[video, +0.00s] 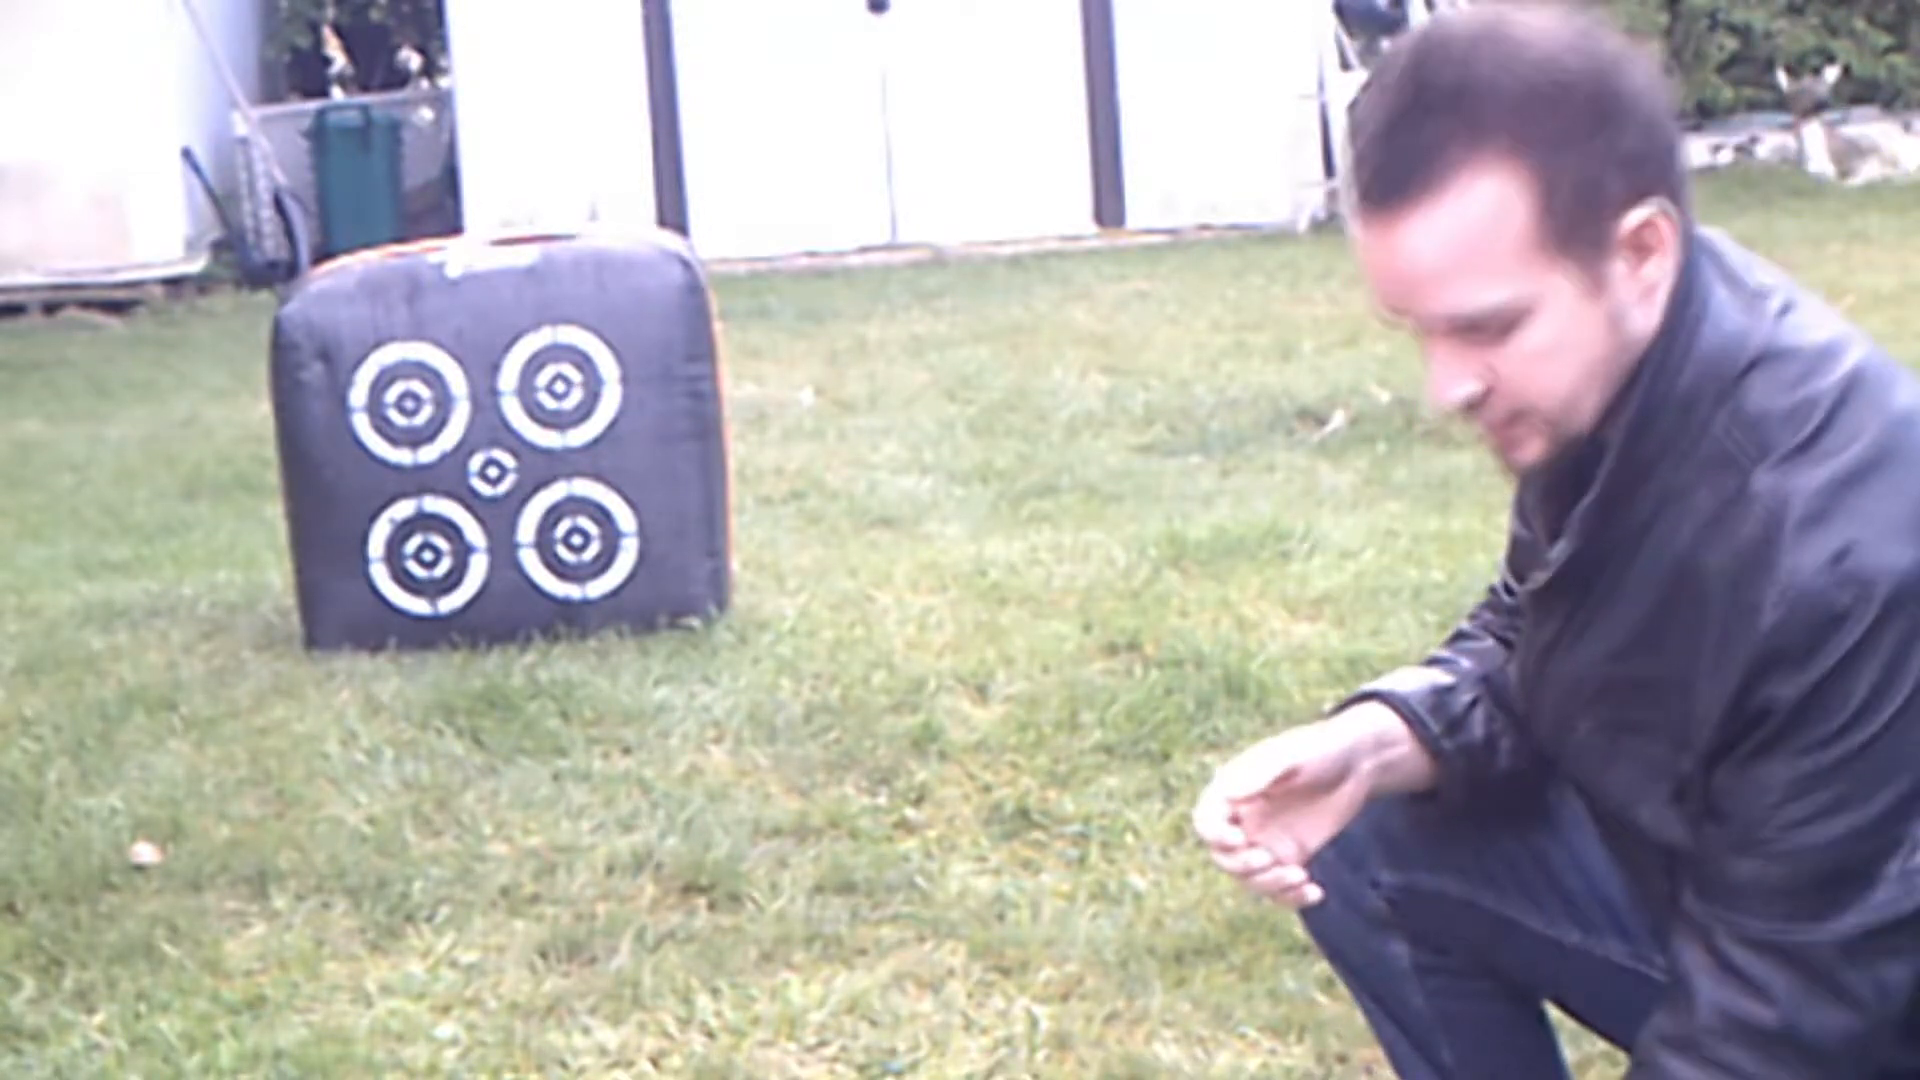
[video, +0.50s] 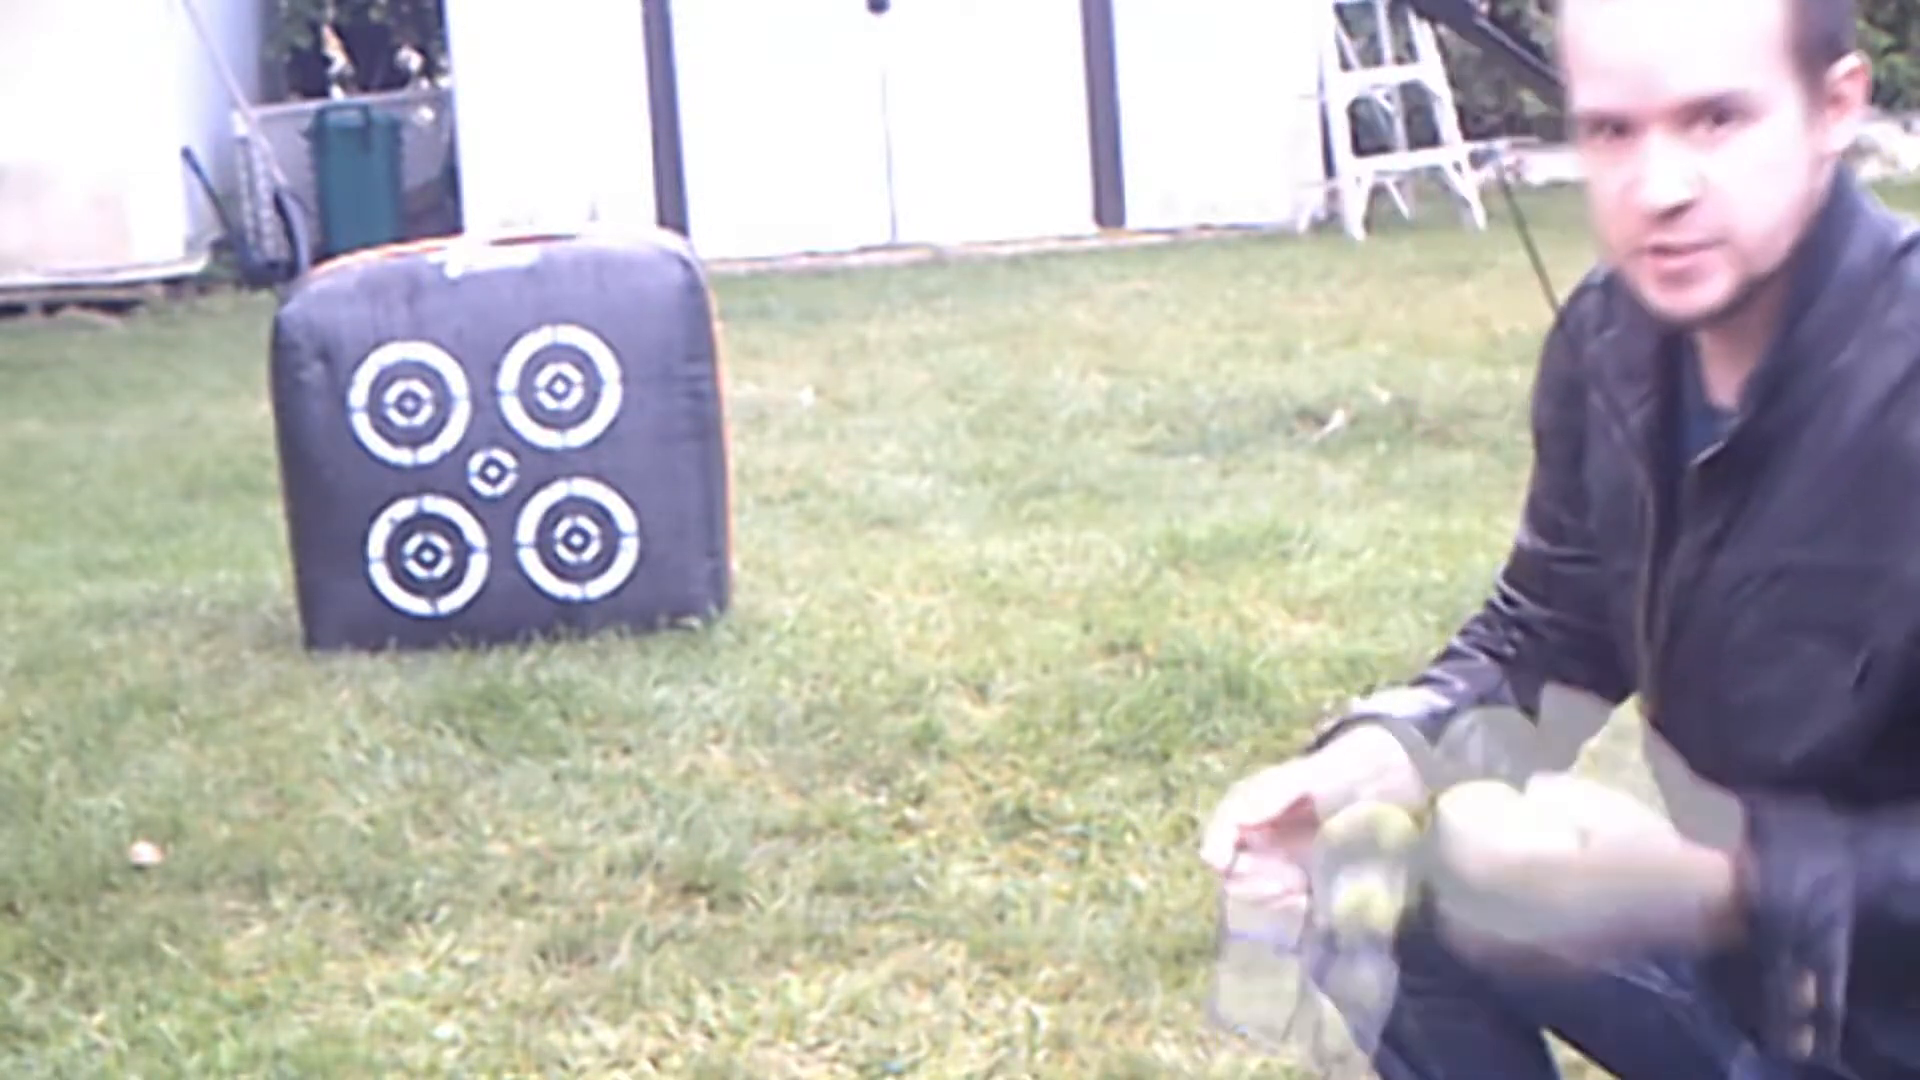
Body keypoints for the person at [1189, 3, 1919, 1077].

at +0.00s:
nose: (1447, 390)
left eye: (1489, 330)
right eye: (1420, 334)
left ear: (1643, 256)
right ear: (1391, 289)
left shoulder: (1850, 556)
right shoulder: (1622, 379)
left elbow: (1790, 1013)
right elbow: (1536, 634)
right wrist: (1373, 747)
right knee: (1362, 850)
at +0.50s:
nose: (1658, 188)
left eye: (1715, 119)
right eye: (1611, 130)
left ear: (1838, 108)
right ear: (1573, 135)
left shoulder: (1901, 368)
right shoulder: (1607, 335)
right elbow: (1542, 630)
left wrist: (1732, 878)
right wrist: (1373, 760)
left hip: (1886, 1028)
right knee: (1391, 909)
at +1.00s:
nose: (1701, 174)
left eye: (1757, 101)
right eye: (1648, 117)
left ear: (1872, 87)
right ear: (1607, 125)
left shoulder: (1911, 329)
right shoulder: (1675, 312)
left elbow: (1904, 680)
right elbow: (1557, 633)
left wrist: (1741, 412)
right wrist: (1387, 779)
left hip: (1893, 1037)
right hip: (1772, 944)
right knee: (1367, 869)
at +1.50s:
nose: (1688, 178)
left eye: (1745, 106)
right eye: (1640, 121)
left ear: (1865, 89)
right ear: (1601, 129)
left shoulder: (1905, 333)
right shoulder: (1698, 318)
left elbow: (1902, 711)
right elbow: (1562, 629)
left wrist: (1725, 451)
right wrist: (1398, 778)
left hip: (1881, 1045)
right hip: (1769, 942)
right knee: (1376, 869)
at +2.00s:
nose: (1606, 271)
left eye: (1660, 211)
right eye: (1577, 211)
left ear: (1818, 162)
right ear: (1553, 173)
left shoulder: (1899, 419)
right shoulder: (1625, 348)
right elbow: (1548, 616)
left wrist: (1722, 940)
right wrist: (1459, 824)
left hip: (1879, 1028)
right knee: (1339, 816)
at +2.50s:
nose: (1605, 296)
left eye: (1653, 239)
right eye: (1571, 237)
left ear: (1809, 184)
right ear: (1545, 197)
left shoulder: (1899, 423)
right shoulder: (1622, 349)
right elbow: (1553, 617)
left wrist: (1715, 953)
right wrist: (1464, 807)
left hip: (1877, 1005)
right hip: (1717, 905)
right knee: (1336, 813)